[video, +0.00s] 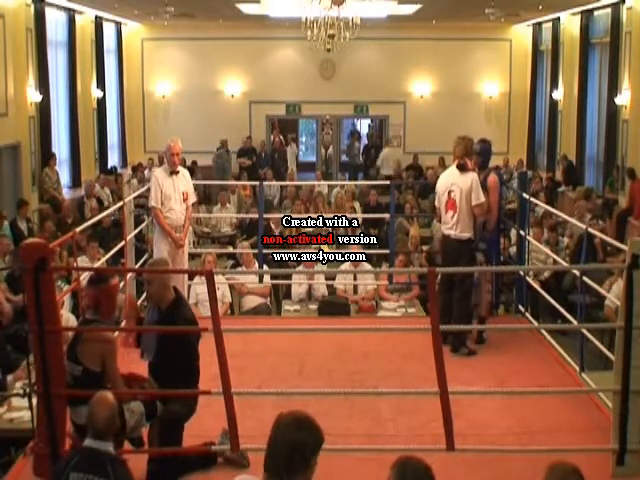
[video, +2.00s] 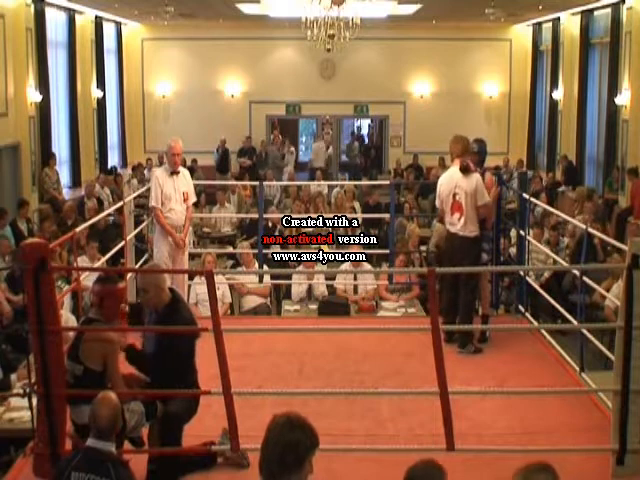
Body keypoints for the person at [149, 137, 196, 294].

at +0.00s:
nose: (175, 159)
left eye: (178, 155)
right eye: (172, 155)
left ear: (181, 155)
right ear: (165, 156)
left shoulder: (185, 174)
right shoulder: (158, 174)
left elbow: (189, 204)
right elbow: (155, 208)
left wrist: (184, 232)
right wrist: (171, 234)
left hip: (182, 226)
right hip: (164, 225)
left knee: (181, 268)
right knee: (163, 266)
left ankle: (181, 301)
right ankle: (162, 303)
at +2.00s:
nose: (176, 159)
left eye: (179, 155)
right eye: (173, 155)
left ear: (182, 155)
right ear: (166, 156)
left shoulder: (185, 174)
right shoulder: (158, 175)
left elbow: (189, 205)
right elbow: (156, 209)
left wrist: (184, 233)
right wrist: (173, 235)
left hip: (183, 227)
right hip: (164, 226)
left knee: (181, 270)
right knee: (163, 268)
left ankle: (181, 305)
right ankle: (163, 306)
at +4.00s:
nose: (180, 158)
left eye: (182, 154)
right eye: (177, 155)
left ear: (183, 156)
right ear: (167, 156)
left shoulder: (184, 173)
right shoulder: (158, 174)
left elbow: (187, 203)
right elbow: (165, 208)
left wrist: (185, 234)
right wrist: (185, 217)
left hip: (182, 226)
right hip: (165, 227)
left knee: (181, 271)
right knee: (163, 270)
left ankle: (180, 312)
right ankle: (161, 311)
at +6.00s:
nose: (179, 158)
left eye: (181, 154)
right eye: (175, 155)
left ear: (183, 156)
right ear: (167, 157)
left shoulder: (184, 173)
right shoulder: (158, 174)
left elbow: (187, 201)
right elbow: (165, 209)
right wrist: (187, 213)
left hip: (183, 227)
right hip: (165, 227)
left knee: (181, 270)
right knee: (163, 270)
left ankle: (181, 310)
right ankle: (163, 310)